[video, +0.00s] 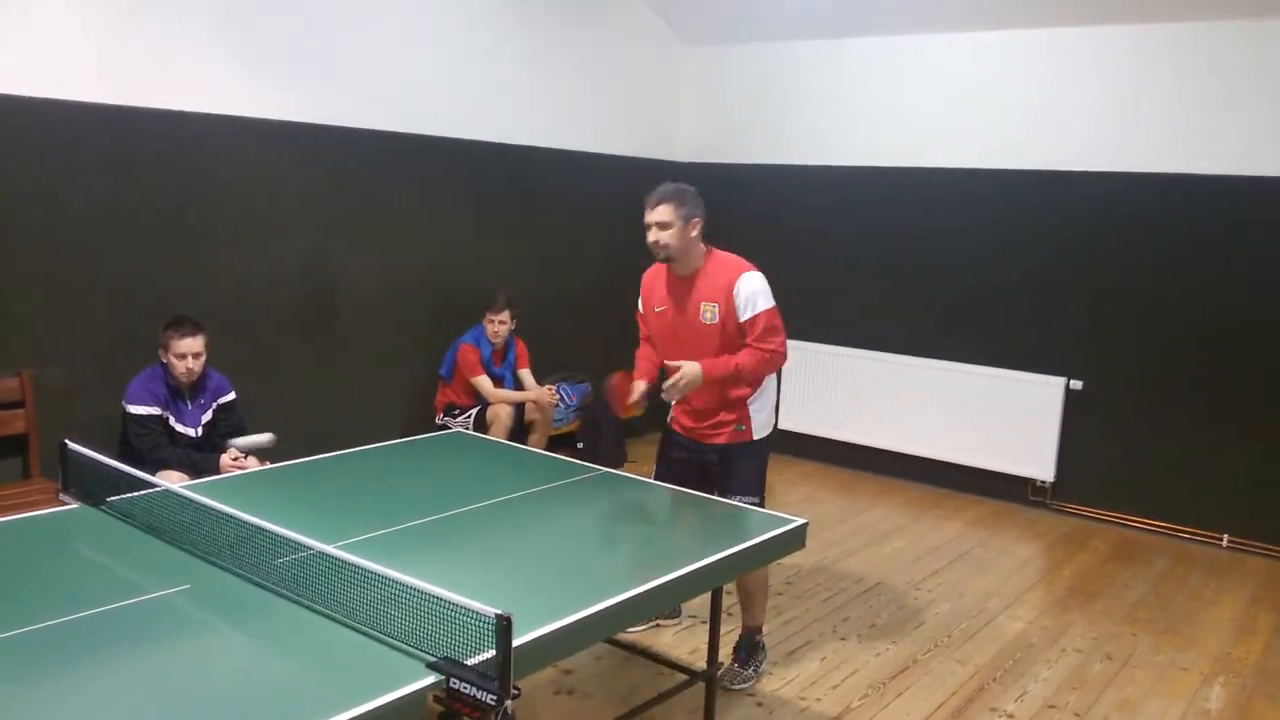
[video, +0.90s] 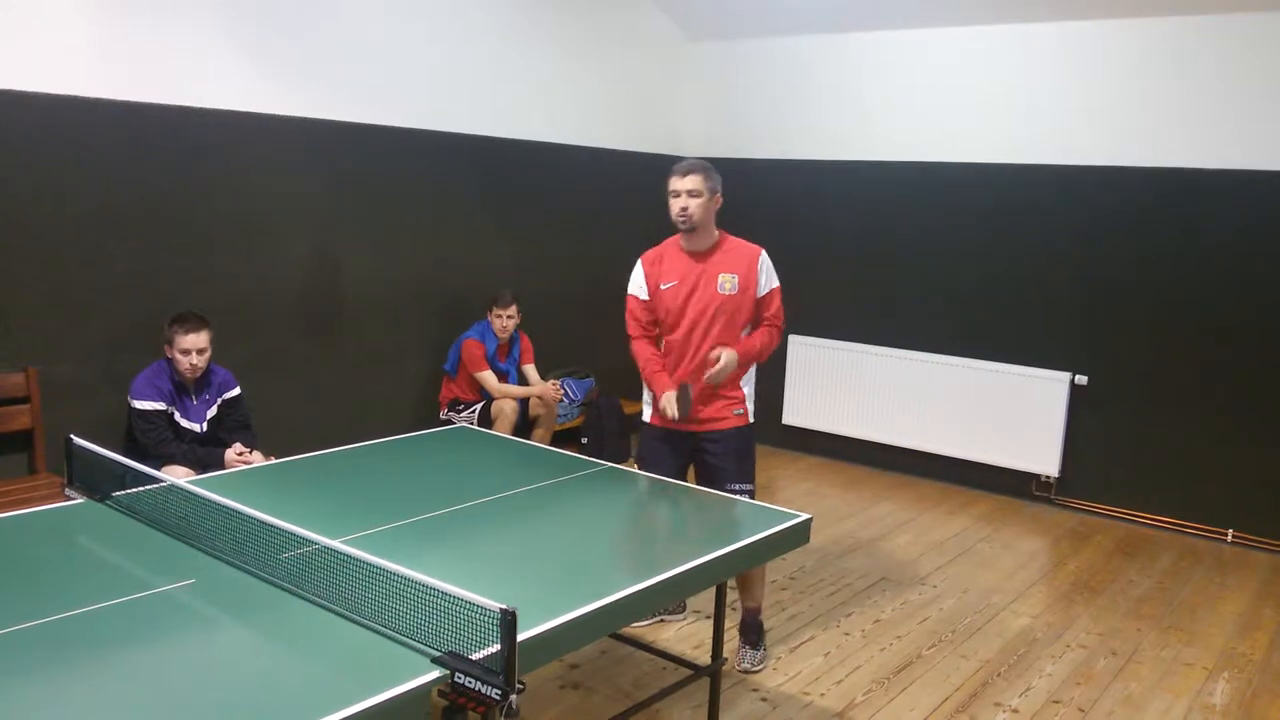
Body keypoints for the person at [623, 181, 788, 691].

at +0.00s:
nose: (652, 237)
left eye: (661, 227)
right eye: (648, 228)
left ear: (694, 226)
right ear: (649, 229)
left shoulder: (740, 277)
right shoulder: (653, 280)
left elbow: (772, 351)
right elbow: (650, 344)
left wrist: (705, 371)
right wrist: (642, 380)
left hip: (740, 431)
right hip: (684, 426)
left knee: (744, 533)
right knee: (665, 516)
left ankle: (751, 641)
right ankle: (666, 599)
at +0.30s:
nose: (623, 248)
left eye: (628, 237)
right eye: (621, 238)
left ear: (661, 232)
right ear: (649, 237)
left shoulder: (723, 271)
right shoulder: (650, 294)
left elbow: (771, 326)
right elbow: (637, 360)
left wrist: (704, 354)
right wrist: (579, 394)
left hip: (743, 429)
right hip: (689, 425)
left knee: (741, 535)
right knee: (657, 513)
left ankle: (755, 640)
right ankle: (670, 600)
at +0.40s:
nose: (620, 236)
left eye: (627, 226)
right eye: (619, 227)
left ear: (659, 222)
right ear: (645, 226)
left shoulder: (724, 261)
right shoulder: (634, 285)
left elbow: (771, 321)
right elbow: (599, 338)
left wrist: (711, 339)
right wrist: (536, 360)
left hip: (742, 420)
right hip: (682, 418)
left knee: (747, 530)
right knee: (662, 512)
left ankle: (755, 638)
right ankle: (674, 594)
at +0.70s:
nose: (649, 217)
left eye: (659, 207)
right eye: (644, 209)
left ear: (688, 209)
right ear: (641, 215)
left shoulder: (733, 262)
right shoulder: (632, 269)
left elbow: (761, 326)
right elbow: (605, 341)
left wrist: (731, 339)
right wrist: (586, 329)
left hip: (723, 422)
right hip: (660, 421)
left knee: (739, 526)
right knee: (647, 515)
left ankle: (749, 634)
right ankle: (670, 595)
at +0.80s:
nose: (668, 210)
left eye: (678, 200)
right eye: (661, 202)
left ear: (703, 204)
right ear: (654, 208)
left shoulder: (741, 259)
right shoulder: (641, 268)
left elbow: (765, 324)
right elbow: (632, 335)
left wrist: (737, 344)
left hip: (722, 419)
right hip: (658, 422)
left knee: (741, 521)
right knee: (648, 514)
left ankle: (751, 626)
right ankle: (667, 596)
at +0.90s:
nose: (681, 204)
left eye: (692, 195)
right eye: (675, 196)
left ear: (716, 201)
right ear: (667, 202)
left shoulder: (750, 259)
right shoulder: (650, 264)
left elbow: (773, 326)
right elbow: (639, 335)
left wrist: (740, 354)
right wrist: (661, 385)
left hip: (726, 421)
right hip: (664, 420)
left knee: (741, 522)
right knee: (655, 512)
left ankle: (751, 623)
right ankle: (668, 594)